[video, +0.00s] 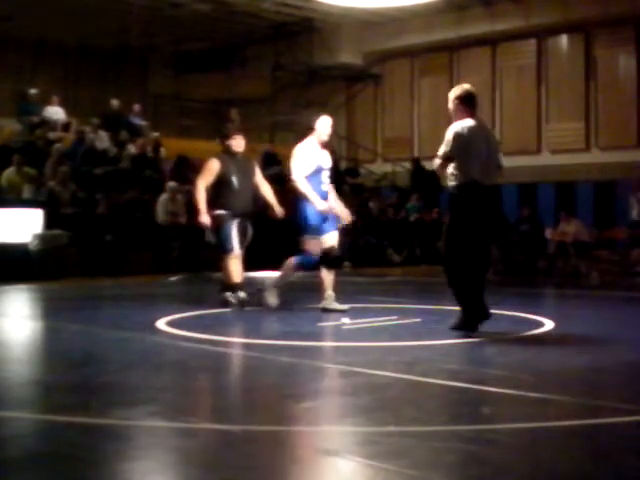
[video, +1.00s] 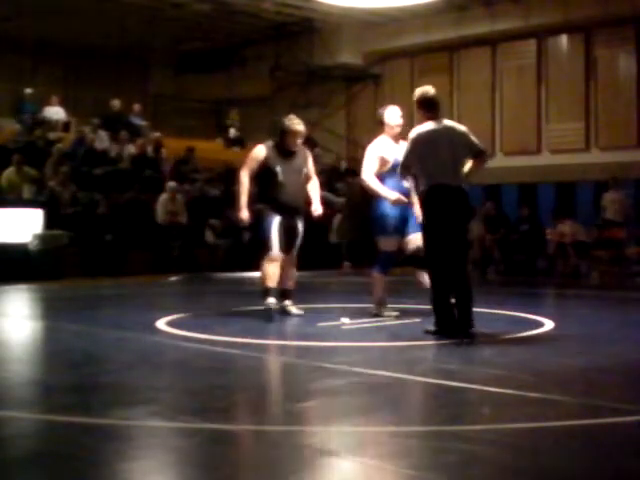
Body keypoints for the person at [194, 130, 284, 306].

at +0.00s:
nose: (239, 143)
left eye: (241, 139)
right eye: (234, 140)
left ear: (245, 141)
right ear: (226, 142)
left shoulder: (250, 164)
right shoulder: (217, 163)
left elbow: (263, 185)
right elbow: (201, 184)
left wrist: (275, 205)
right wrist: (203, 212)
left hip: (245, 213)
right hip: (225, 213)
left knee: (238, 252)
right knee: (233, 252)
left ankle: (230, 286)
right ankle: (237, 288)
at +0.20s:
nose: (246, 142)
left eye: (249, 138)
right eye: (241, 138)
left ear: (253, 141)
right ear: (234, 140)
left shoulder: (258, 163)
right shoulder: (223, 162)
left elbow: (267, 185)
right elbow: (214, 188)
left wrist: (271, 208)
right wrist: (215, 216)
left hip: (256, 212)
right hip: (235, 212)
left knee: (260, 252)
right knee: (241, 253)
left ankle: (243, 276)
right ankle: (241, 291)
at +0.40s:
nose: (258, 141)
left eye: (261, 136)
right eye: (254, 136)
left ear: (265, 138)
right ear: (245, 137)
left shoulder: (266, 157)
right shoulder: (231, 156)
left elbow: (272, 182)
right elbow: (224, 182)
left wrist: (271, 207)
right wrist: (235, 208)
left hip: (263, 210)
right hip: (243, 211)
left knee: (272, 250)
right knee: (243, 255)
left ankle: (264, 289)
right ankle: (241, 293)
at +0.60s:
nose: (275, 146)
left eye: (277, 142)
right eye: (271, 142)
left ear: (280, 143)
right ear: (261, 141)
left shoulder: (281, 162)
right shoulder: (244, 157)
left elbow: (285, 187)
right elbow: (231, 180)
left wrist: (285, 214)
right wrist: (248, 205)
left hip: (274, 215)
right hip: (252, 215)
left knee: (277, 255)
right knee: (248, 259)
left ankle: (283, 295)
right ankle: (243, 292)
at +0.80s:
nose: (291, 146)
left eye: (294, 142)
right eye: (288, 141)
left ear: (297, 142)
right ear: (277, 139)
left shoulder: (298, 161)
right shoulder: (257, 154)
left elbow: (302, 186)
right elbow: (243, 177)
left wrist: (306, 213)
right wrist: (242, 209)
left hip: (288, 213)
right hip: (263, 212)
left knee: (287, 256)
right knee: (259, 256)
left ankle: (287, 297)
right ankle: (253, 291)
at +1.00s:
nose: (298, 141)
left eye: (301, 137)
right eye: (294, 137)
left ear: (303, 137)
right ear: (283, 135)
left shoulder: (305, 155)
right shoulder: (263, 152)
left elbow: (311, 178)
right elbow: (245, 173)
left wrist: (316, 201)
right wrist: (243, 206)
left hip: (295, 209)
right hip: (271, 208)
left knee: (291, 256)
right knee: (274, 253)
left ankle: (287, 297)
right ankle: (270, 295)